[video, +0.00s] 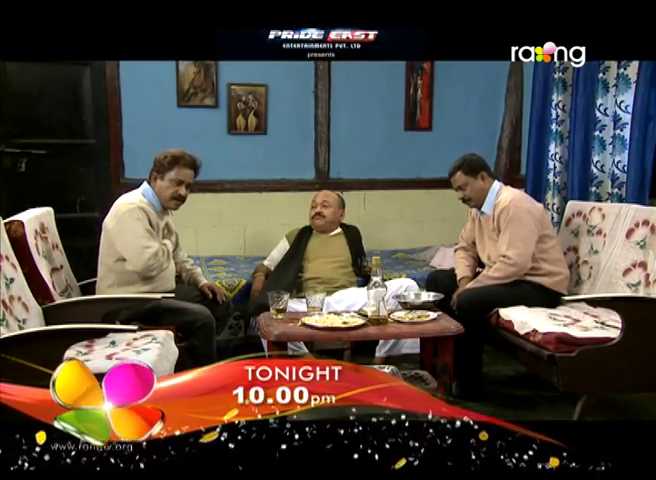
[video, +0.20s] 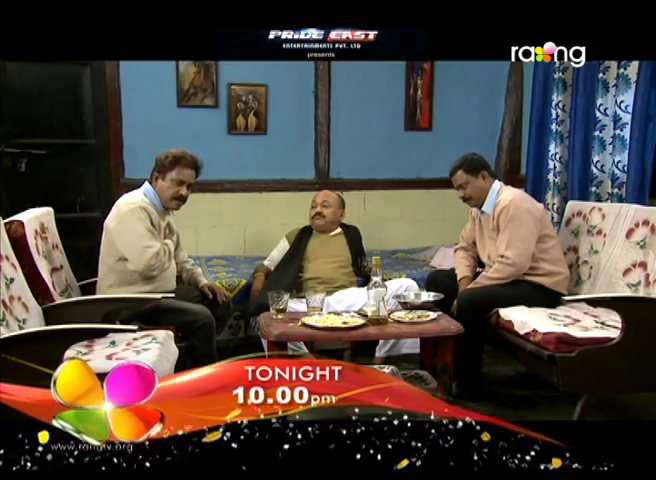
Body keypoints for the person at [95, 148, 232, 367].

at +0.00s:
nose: (183, 192)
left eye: (188, 187)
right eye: (177, 184)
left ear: (192, 189)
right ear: (156, 179)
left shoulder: (159, 215)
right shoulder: (130, 210)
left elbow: (178, 258)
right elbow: (145, 265)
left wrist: (201, 282)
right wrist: (167, 245)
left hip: (156, 296)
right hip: (127, 305)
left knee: (219, 304)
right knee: (201, 319)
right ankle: (204, 385)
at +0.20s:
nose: (184, 193)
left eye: (189, 187)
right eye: (178, 184)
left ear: (193, 189)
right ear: (157, 179)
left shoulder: (161, 214)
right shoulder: (131, 209)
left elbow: (179, 258)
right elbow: (147, 264)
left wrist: (201, 282)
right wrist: (169, 245)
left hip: (156, 295)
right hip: (128, 304)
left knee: (219, 304)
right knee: (201, 319)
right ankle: (205, 385)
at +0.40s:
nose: (185, 192)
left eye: (189, 186)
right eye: (179, 183)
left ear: (193, 188)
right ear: (157, 179)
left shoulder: (163, 216)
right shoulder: (132, 209)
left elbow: (181, 259)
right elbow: (148, 263)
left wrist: (203, 283)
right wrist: (169, 245)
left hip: (156, 296)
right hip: (128, 305)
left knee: (218, 303)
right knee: (201, 319)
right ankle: (204, 386)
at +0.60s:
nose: (184, 191)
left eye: (189, 186)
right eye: (178, 183)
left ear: (192, 188)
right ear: (157, 178)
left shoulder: (162, 215)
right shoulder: (132, 208)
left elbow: (181, 259)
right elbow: (149, 262)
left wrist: (203, 283)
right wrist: (170, 244)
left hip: (155, 296)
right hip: (127, 304)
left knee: (218, 304)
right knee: (201, 319)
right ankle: (204, 386)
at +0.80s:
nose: (183, 191)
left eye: (188, 185)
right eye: (177, 182)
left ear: (191, 187)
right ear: (156, 178)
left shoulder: (162, 215)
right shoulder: (131, 208)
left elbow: (181, 259)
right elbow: (147, 262)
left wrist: (203, 283)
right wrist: (169, 244)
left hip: (156, 296)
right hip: (128, 304)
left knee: (218, 304)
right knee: (201, 319)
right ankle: (204, 385)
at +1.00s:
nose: (180, 190)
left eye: (185, 184)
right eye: (174, 181)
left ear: (188, 186)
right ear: (153, 177)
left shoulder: (159, 214)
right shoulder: (128, 208)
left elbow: (179, 258)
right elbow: (146, 262)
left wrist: (202, 283)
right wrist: (167, 241)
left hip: (156, 296)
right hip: (127, 305)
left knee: (218, 303)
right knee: (201, 319)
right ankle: (203, 386)